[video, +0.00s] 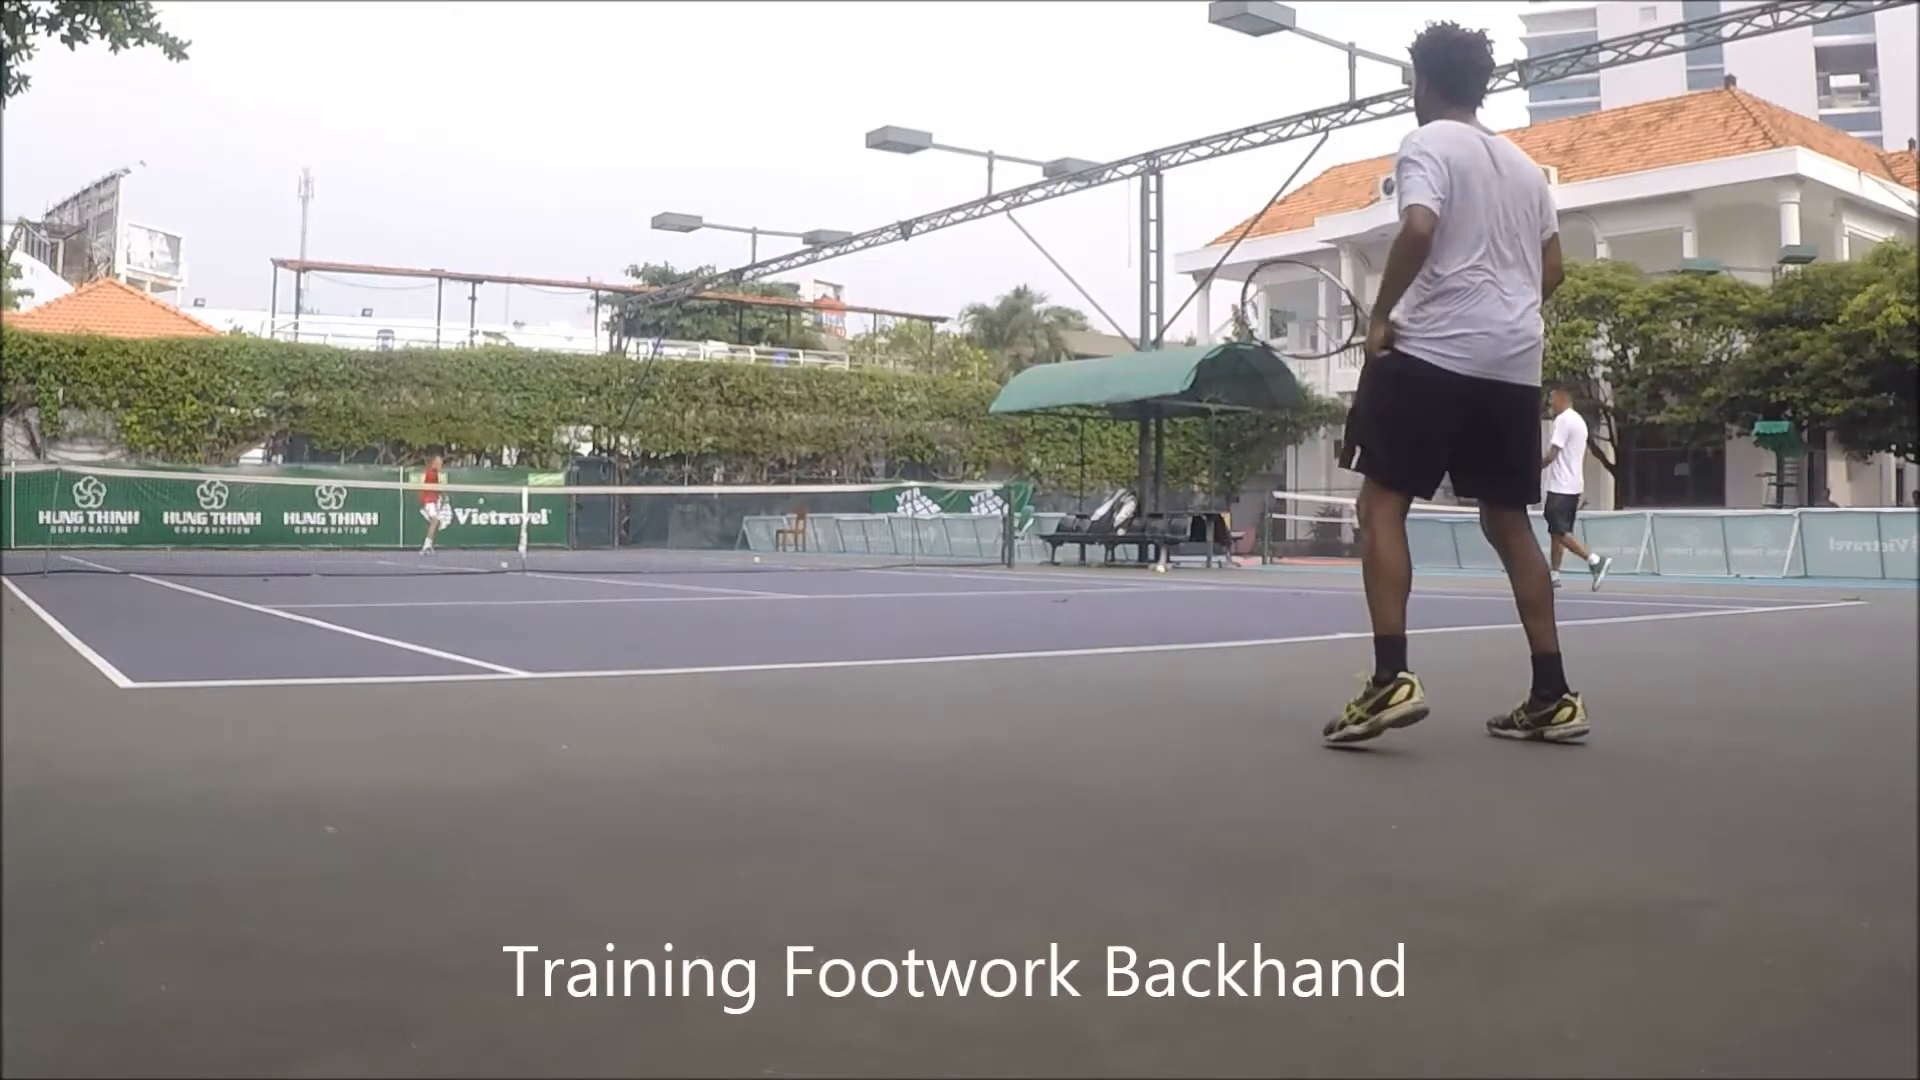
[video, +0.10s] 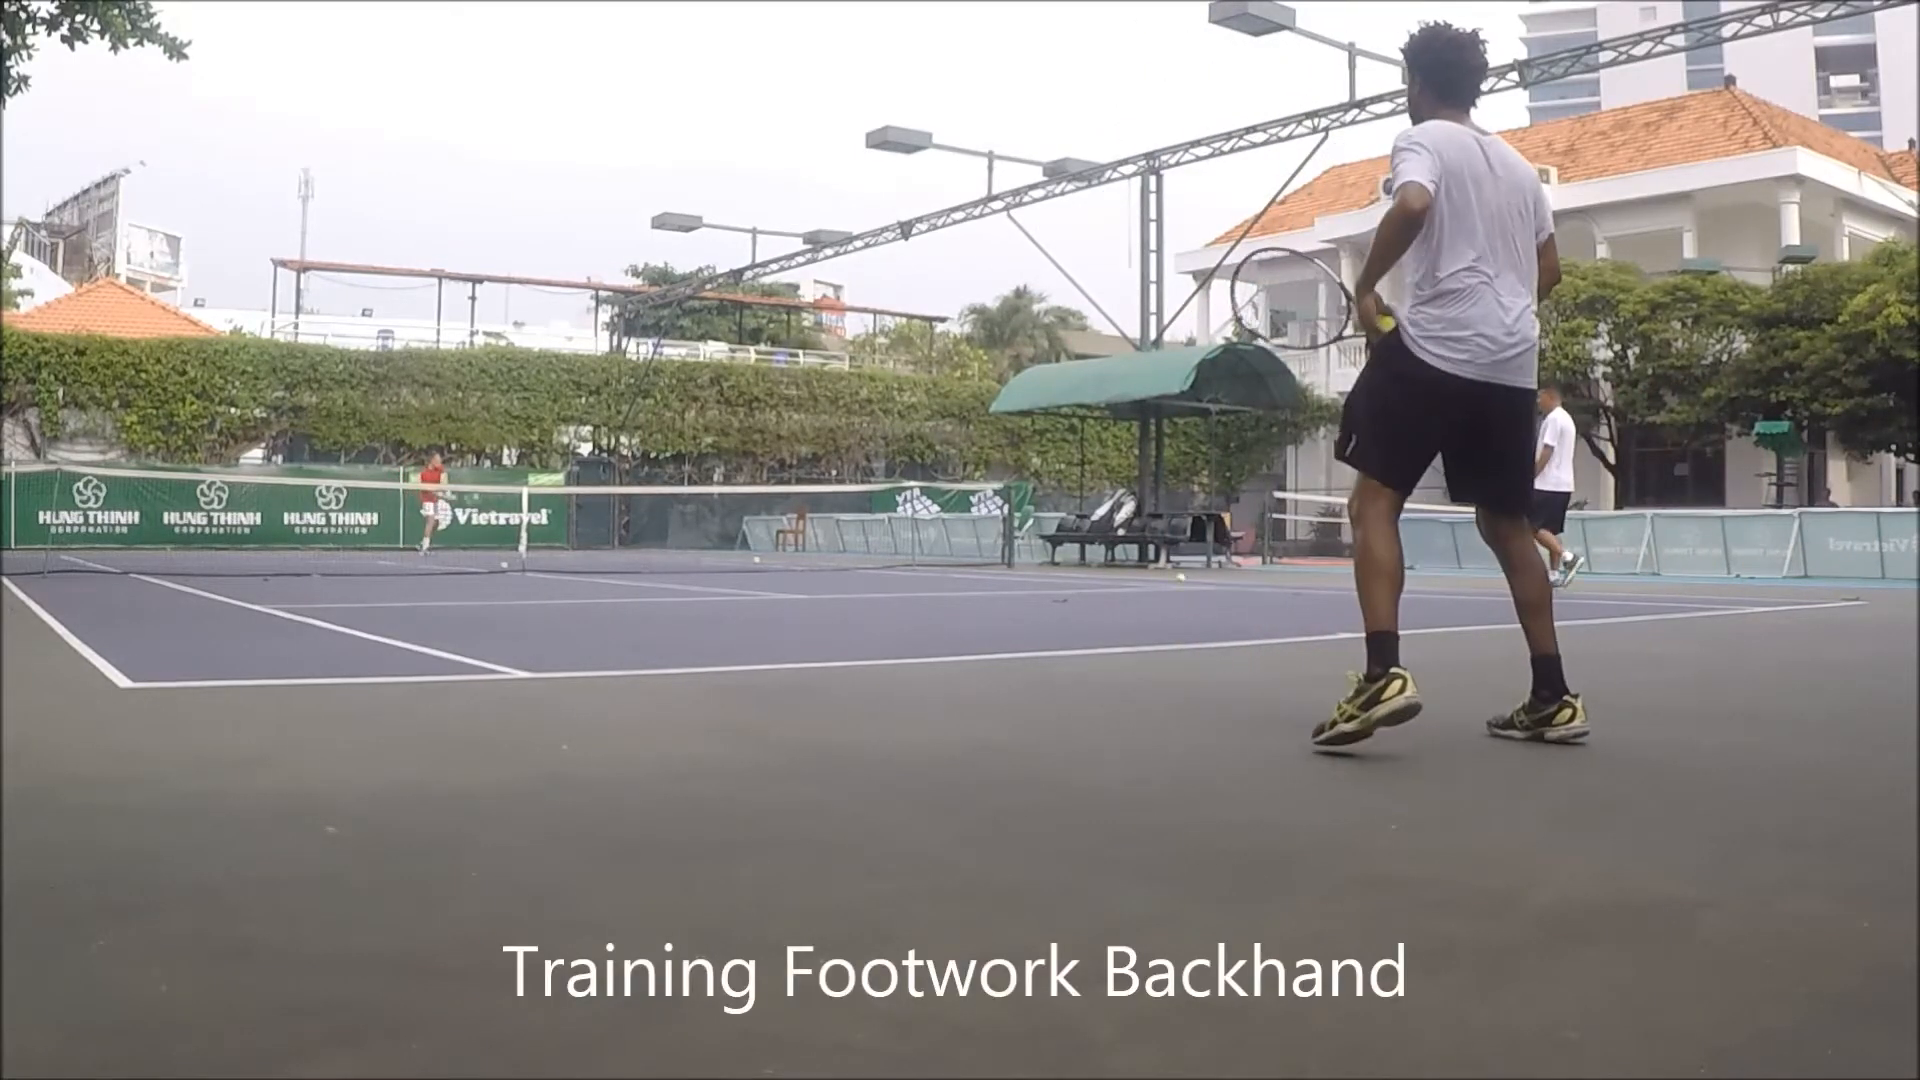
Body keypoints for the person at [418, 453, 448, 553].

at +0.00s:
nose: (440, 465)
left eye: (441, 462)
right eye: (438, 462)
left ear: (439, 463)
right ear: (432, 462)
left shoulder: (435, 474)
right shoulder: (430, 473)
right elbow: (430, 487)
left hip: (434, 500)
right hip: (429, 500)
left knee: (435, 521)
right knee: (435, 520)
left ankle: (429, 545)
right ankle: (427, 545)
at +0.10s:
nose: (439, 463)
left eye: (440, 460)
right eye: (437, 461)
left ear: (441, 461)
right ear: (431, 461)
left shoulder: (442, 472)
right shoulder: (422, 473)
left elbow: (444, 486)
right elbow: (420, 487)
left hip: (439, 499)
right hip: (427, 499)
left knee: (436, 522)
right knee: (430, 519)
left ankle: (424, 541)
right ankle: (426, 544)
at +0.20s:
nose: (438, 466)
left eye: (440, 464)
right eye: (435, 464)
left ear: (442, 463)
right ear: (431, 461)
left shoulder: (441, 472)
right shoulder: (426, 471)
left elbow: (442, 485)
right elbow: (425, 484)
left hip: (436, 498)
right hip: (427, 497)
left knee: (435, 521)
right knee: (430, 519)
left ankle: (420, 540)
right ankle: (425, 545)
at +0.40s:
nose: (438, 459)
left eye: (440, 456)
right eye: (436, 456)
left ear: (441, 457)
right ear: (430, 456)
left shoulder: (441, 468)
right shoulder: (424, 467)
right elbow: (417, 472)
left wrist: (422, 457)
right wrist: (417, 462)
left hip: (438, 493)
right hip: (429, 493)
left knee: (438, 519)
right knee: (431, 517)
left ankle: (423, 538)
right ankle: (426, 543)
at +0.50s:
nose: (438, 459)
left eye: (439, 457)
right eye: (435, 457)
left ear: (442, 458)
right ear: (429, 457)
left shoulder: (442, 468)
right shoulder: (424, 467)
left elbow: (438, 464)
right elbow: (416, 474)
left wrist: (423, 459)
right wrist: (417, 461)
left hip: (438, 493)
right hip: (428, 493)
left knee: (438, 522)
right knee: (431, 517)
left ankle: (426, 537)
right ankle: (426, 542)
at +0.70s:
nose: (437, 459)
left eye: (439, 457)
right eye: (435, 457)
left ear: (442, 459)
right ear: (431, 458)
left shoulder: (443, 469)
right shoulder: (427, 468)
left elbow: (439, 480)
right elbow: (421, 477)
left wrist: (424, 477)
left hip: (438, 495)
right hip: (427, 496)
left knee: (440, 520)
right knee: (427, 520)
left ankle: (441, 544)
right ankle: (425, 543)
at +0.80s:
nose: (436, 461)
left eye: (438, 459)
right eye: (434, 459)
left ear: (442, 460)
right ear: (430, 460)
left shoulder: (442, 472)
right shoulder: (427, 472)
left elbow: (443, 486)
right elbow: (423, 484)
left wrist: (428, 485)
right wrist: (438, 486)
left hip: (439, 502)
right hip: (427, 503)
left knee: (441, 526)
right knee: (426, 525)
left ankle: (441, 547)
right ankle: (423, 546)